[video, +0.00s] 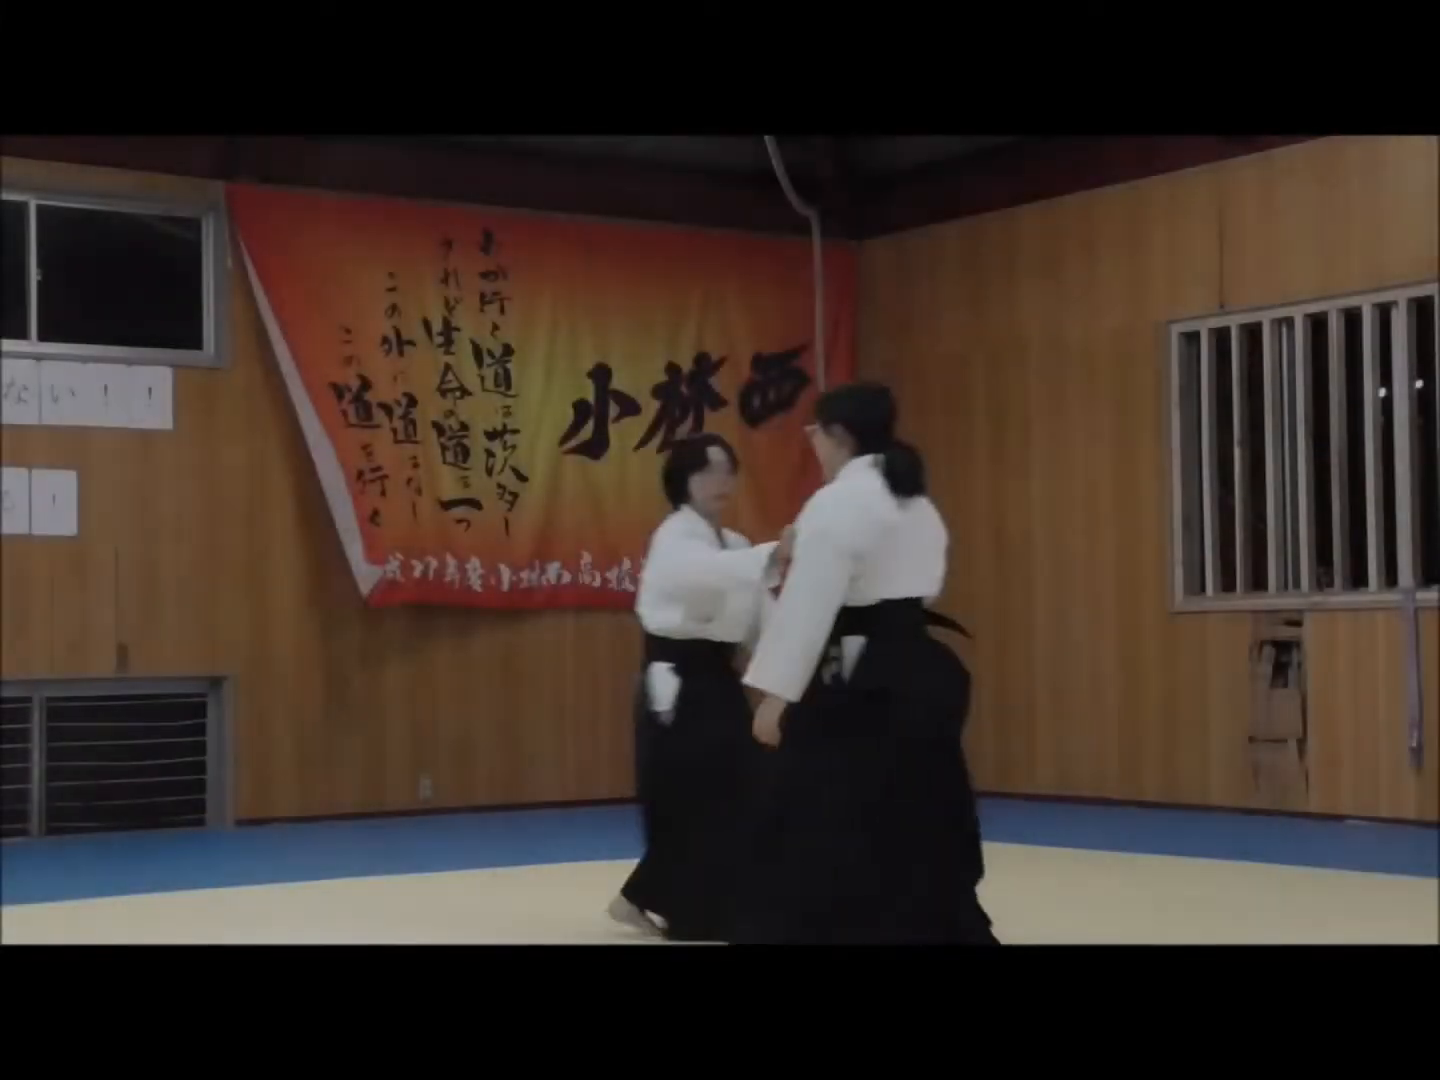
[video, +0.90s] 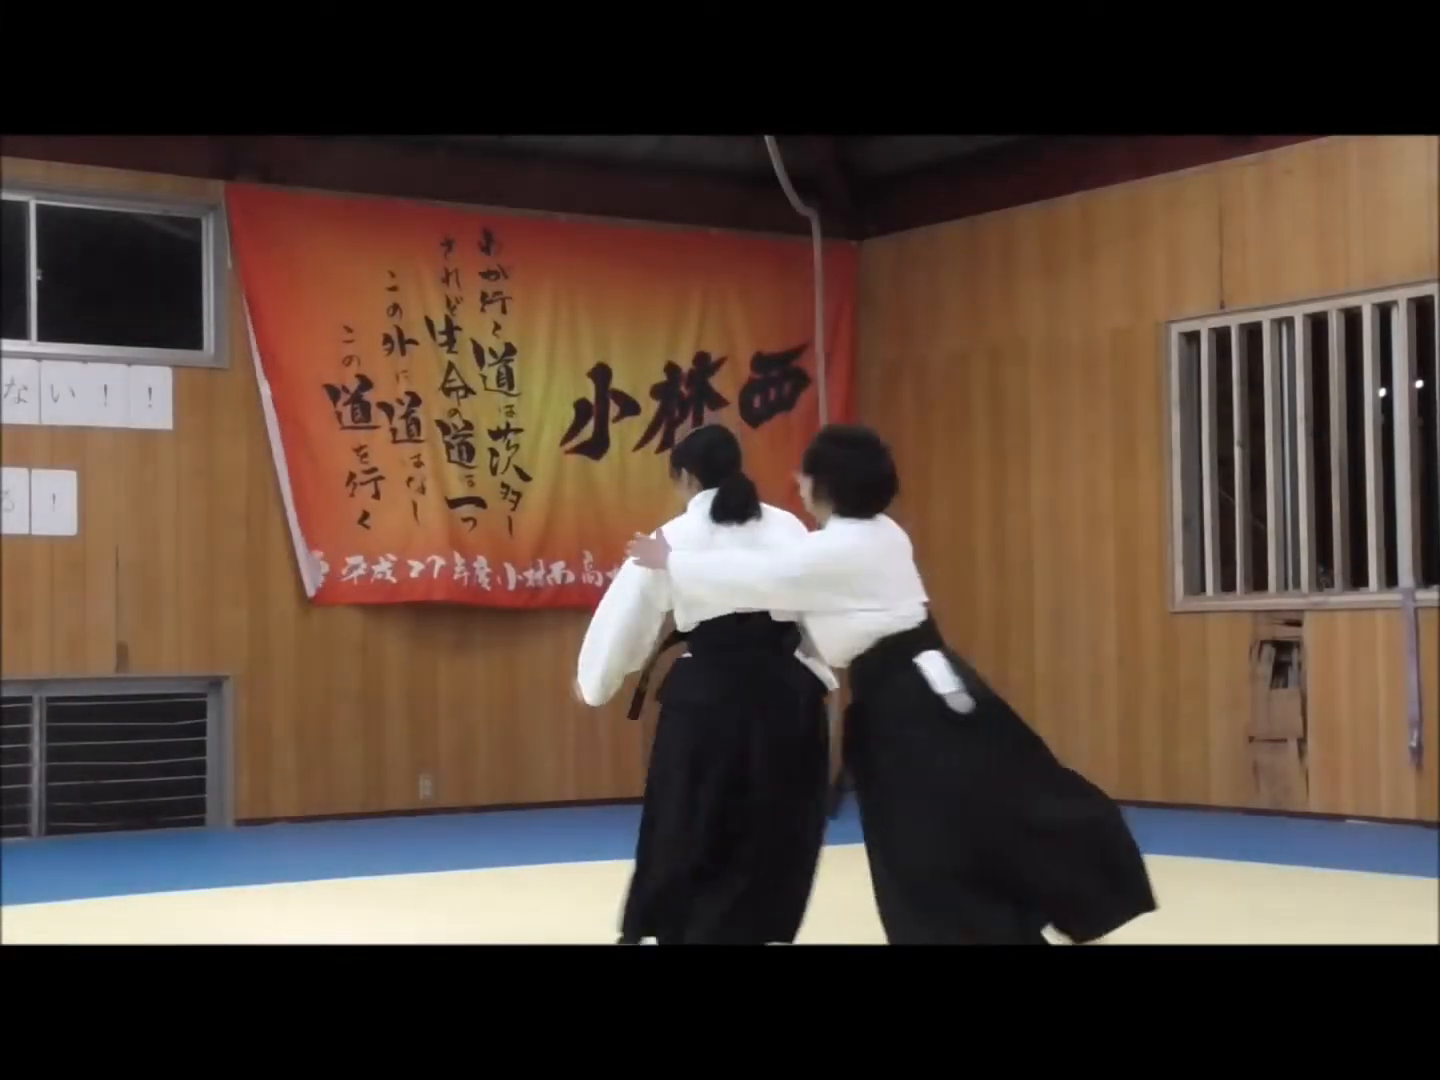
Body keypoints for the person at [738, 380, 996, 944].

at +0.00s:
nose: (812, 441)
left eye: (817, 431)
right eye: (814, 430)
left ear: (840, 436)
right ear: (878, 434)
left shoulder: (834, 507)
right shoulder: (918, 502)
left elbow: (808, 605)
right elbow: (922, 595)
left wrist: (776, 696)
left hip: (854, 676)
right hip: (921, 672)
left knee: (830, 814)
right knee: (916, 813)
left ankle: (835, 925)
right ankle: (926, 923)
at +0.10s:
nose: (775, 447)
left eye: (781, 436)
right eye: (776, 437)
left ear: (799, 439)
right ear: (844, 438)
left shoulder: (787, 512)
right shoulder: (883, 512)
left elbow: (759, 613)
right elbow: (884, 603)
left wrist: (733, 703)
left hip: (809, 680)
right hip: (880, 673)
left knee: (781, 815)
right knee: (875, 803)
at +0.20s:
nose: (741, 446)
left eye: (743, 435)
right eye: (743, 435)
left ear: (759, 439)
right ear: (809, 436)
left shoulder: (746, 508)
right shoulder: (851, 510)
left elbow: (717, 603)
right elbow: (863, 606)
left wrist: (693, 692)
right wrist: (909, 681)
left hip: (775, 682)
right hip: (852, 678)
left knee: (739, 817)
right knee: (841, 816)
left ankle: (739, 930)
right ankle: (849, 930)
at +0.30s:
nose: (714, 450)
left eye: (717, 440)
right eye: (716, 440)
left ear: (732, 443)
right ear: (779, 440)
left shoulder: (717, 508)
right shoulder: (822, 507)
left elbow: (679, 603)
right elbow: (847, 588)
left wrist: (643, 687)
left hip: (747, 680)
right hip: (826, 675)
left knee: (727, 817)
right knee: (823, 816)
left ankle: (733, 931)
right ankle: (828, 929)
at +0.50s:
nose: (689, 466)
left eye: (691, 456)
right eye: (691, 457)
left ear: (702, 459)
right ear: (753, 456)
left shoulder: (685, 522)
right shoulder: (795, 525)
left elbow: (635, 606)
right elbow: (818, 612)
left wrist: (595, 682)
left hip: (708, 679)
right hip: (788, 682)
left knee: (676, 819)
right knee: (758, 823)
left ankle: (666, 932)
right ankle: (743, 935)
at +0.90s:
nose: (676, 483)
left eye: (677, 475)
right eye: (677, 474)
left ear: (688, 477)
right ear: (737, 468)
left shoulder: (671, 540)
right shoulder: (788, 529)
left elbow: (625, 620)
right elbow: (825, 618)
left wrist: (596, 684)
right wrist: (813, 674)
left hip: (707, 685)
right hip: (783, 685)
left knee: (691, 815)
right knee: (777, 821)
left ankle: (682, 927)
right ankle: (759, 928)